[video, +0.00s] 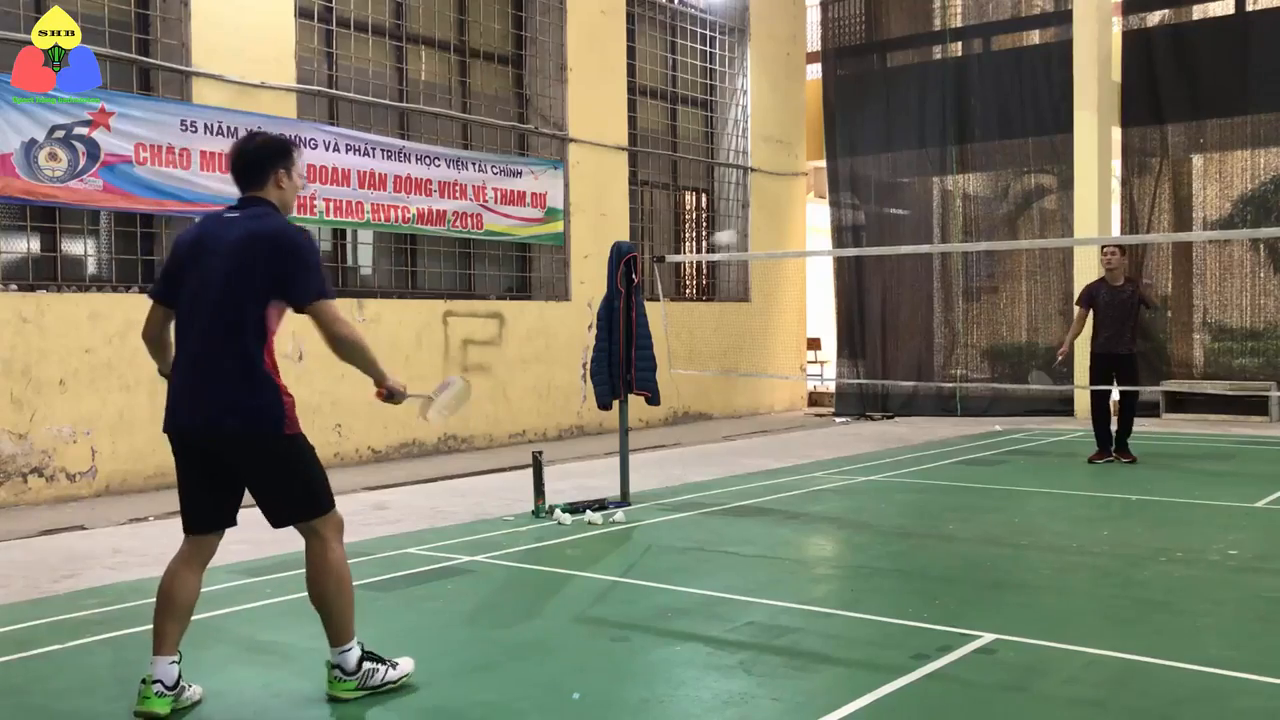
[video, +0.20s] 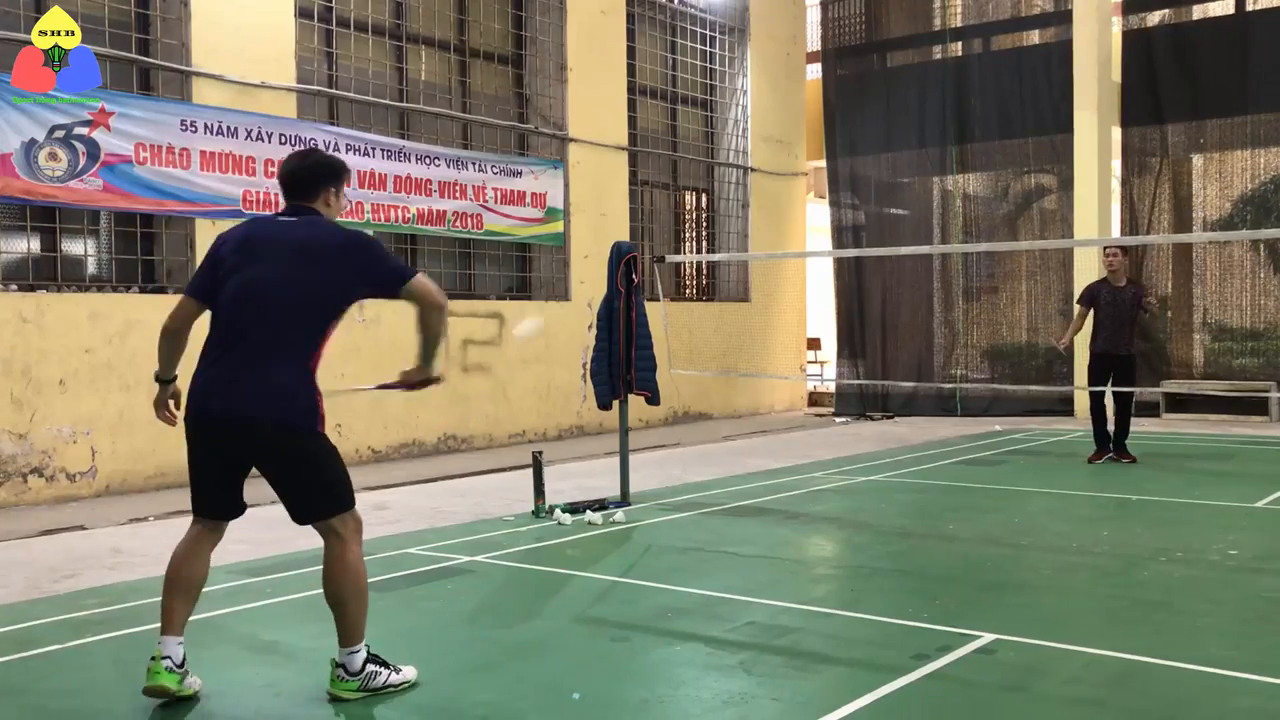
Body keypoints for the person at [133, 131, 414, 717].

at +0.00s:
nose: (300, 188)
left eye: (298, 177)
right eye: (297, 177)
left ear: (243, 180)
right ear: (279, 178)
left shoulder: (196, 235)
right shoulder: (286, 239)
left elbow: (154, 331)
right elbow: (337, 330)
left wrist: (177, 375)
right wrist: (381, 374)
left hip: (191, 416)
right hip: (258, 416)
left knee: (197, 542)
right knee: (324, 529)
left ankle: (161, 679)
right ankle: (349, 664)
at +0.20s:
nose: (346, 203)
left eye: (346, 194)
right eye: (345, 194)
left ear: (285, 193)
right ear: (331, 195)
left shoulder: (236, 238)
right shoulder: (346, 245)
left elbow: (177, 322)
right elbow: (434, 299)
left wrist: (166, 379)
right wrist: (427, 365)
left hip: (211, 410)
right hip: (284, 415)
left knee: (205, 524)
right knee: (343, 529)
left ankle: (167, 659)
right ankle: (353, 664)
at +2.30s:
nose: (174, 245)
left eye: (173, 234)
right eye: (171, 235)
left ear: (108, 237)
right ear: (154, 241)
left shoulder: (50, 268)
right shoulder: (150, 296)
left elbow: (7, 330)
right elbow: (186, 407)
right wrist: (223, 433)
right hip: (42, 439)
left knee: (30, 543)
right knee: (140, 570)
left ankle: (15, 681)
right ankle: (109, 712)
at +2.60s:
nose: (157, 228)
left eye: (158, 219)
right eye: (158, 220)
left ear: (95, 212)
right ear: (148, 224)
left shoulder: (18, 248)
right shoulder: (144, 282)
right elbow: (246, 320)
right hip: (30, 438)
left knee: (8, 551)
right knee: (97, 565)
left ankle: (8, 681)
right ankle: (104, 711)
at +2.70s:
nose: (150, 221)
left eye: (149, 212)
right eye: (148, 212)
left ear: (84, 211)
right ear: (136, 217)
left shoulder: (18, 244)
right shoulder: (138, 268)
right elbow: (250, 292)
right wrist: (332, 304)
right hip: (29, 435)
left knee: (8, 551)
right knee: (88, 568)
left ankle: (9, 684)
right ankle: (100, 710)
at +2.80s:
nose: (139, 210)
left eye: (138, 200)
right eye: (136, 201)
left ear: (73, 201)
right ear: (121, 204)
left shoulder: (18, 240)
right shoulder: (128, 260)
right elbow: (238, 297)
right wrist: (318, 306)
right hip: (30, 428)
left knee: (14, 551)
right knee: (88, 562)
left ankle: (10, 684)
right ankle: (103, 710)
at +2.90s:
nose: (134, 204)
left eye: (132, 193)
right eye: (131, 193)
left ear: (68, 197)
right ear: (113, 196)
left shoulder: (14, 238)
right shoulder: (114, 254)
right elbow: (214, 313)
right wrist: (294, 333)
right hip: (26, 419)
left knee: (21, 548)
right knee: (92, 556)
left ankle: (10, 685)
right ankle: (108, 708)